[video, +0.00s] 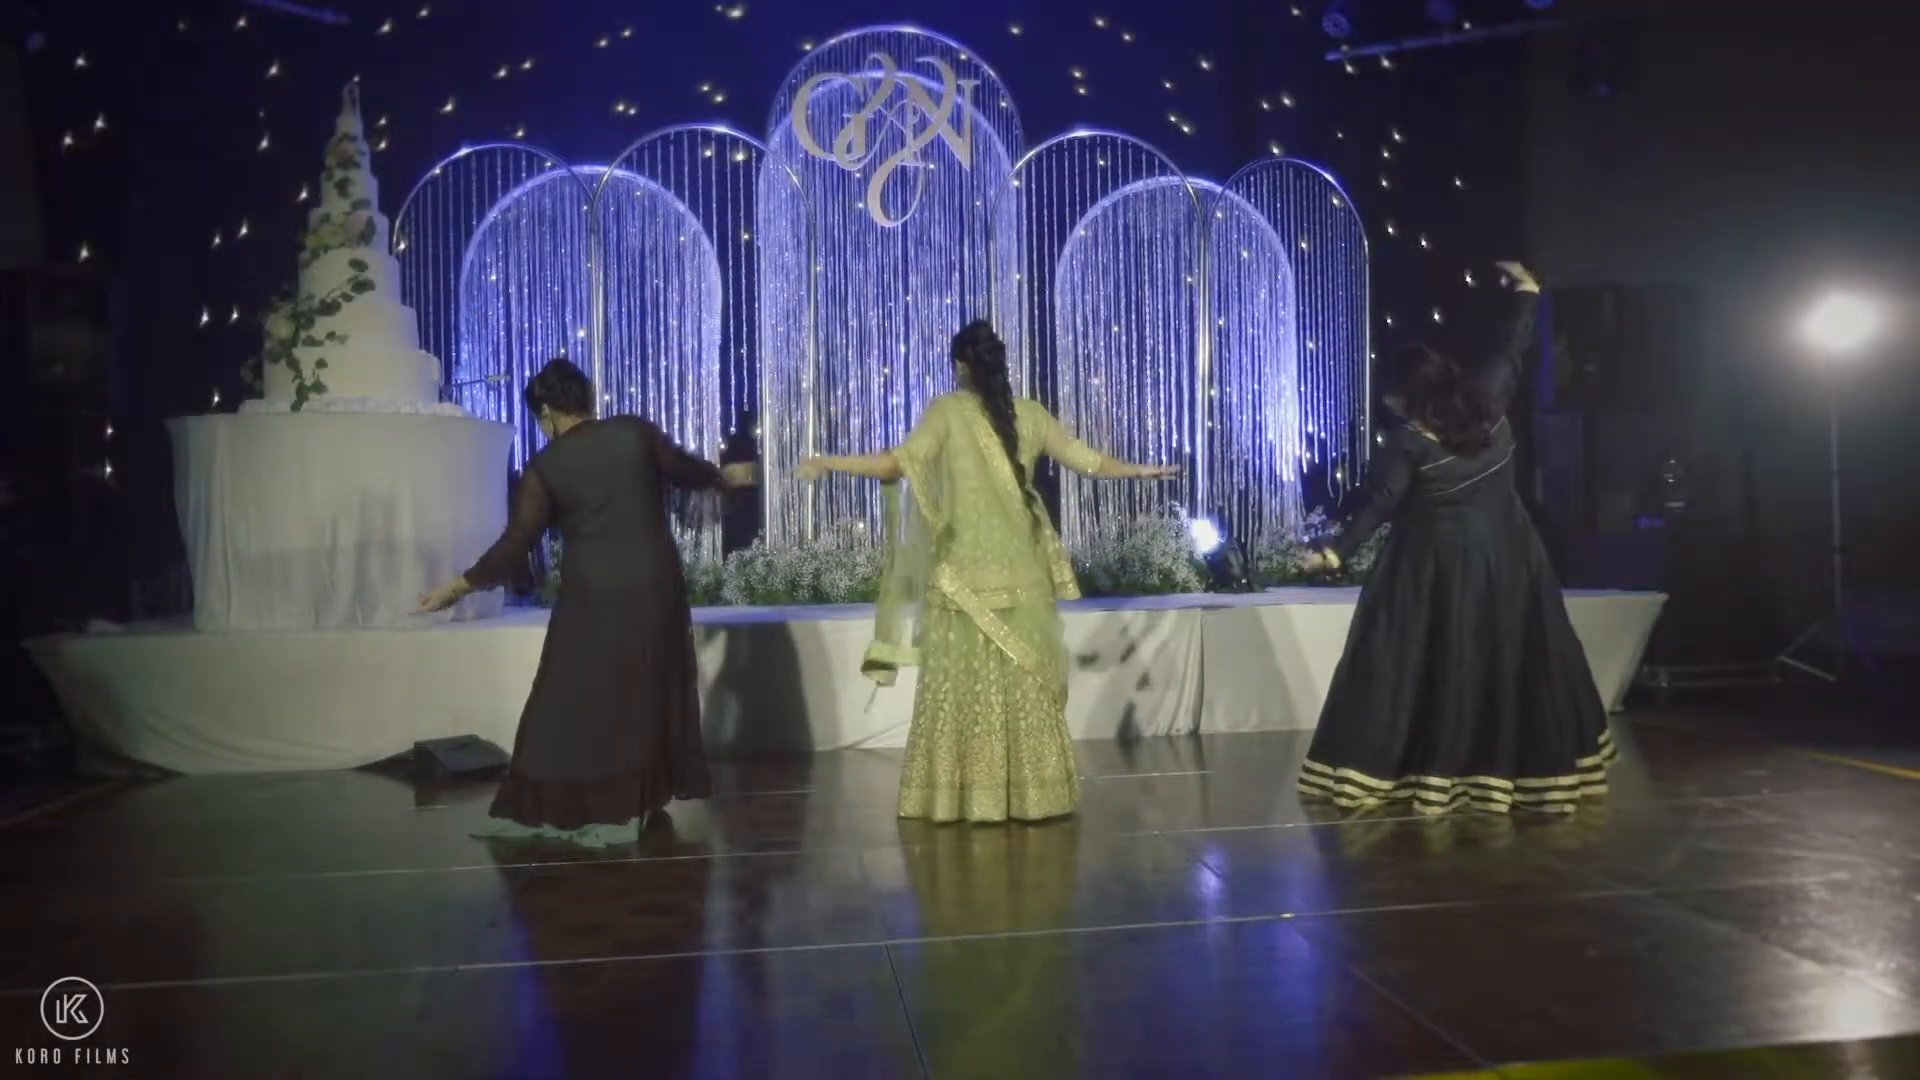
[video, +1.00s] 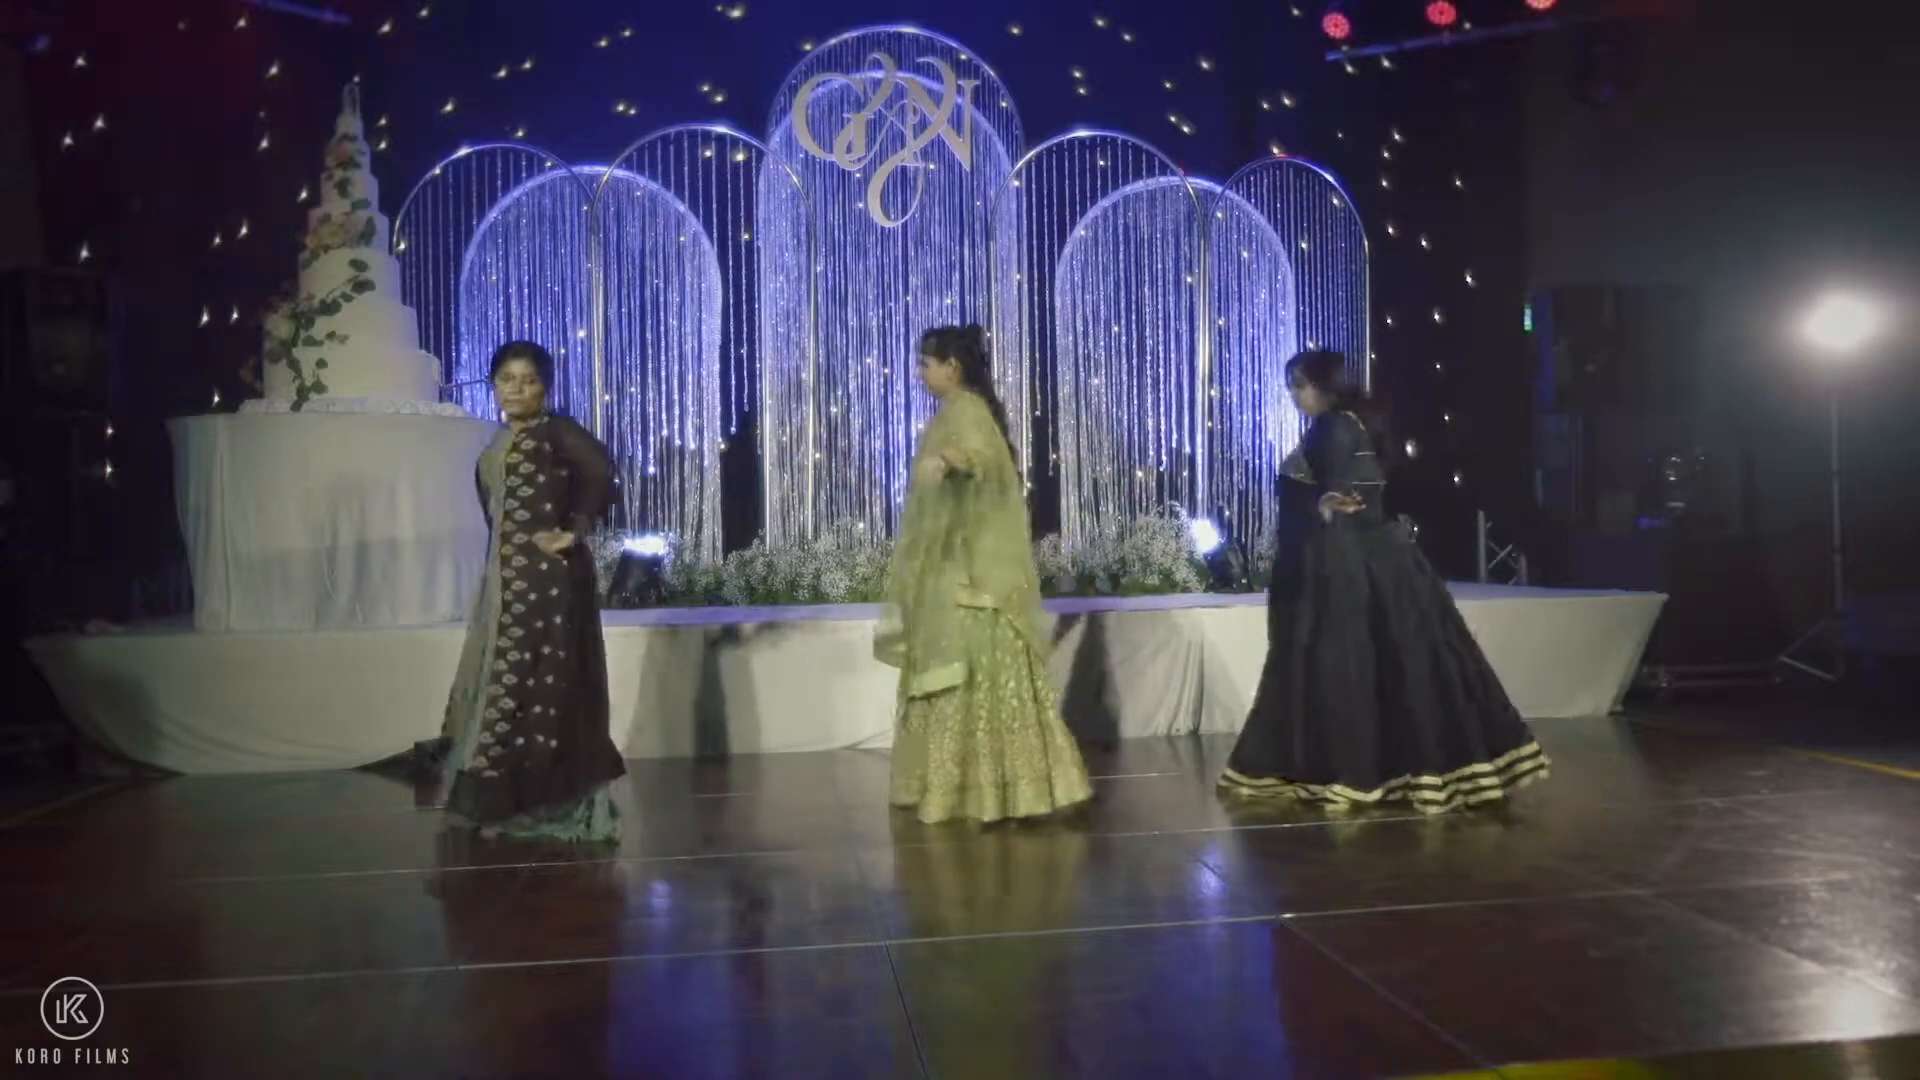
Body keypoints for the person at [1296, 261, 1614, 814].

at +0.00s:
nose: (1389, 409)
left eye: (1390, 401)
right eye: (1387, 400)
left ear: (1407, 397)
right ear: (1446, 380)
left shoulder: (1406, 444)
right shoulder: (1488, 402)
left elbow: (1382, 502)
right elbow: (1514, 348)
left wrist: (1337, 550)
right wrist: (1529, 292)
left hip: (1437, 556)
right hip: (1504, 547)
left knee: (1430, 664)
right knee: (1505, 660)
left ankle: (1431, 781)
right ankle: (1508, 778)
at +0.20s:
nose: (1386, 401)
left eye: (1388, 392)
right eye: (1386, 392)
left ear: (1405, 393)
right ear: (1443, 376)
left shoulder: (1403, 441)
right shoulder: (1486, 400)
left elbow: (1373, 496)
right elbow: (1514, 348)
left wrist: (1328, 544)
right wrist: (1531, 291)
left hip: (1431, 555)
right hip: (1499, 546)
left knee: (1425, 664)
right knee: (1501, 661)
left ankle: (1426, 782)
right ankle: (1501, 780)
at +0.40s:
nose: (1380, 398)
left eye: (1382, 389)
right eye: (1382, 389)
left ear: (1395, 389)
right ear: (1442, 370)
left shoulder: (1398, 433)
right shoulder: (1482, 403)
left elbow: (1367, 494)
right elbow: (1525, 359)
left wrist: (1311, 536)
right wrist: (1532, 313)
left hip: (1424, 555)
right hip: (1491, 549)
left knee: (1422, 664)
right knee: (1493, 660)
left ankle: (1425, 783)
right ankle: (1500, 779)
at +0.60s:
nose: (1365, 398)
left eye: (1366, 388)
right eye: (1364, 388)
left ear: (1382, 386)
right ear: (1420, 374)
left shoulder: (1383, 430)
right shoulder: (1463, 411)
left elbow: (1357, 491)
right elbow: (1517, 412)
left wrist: (1324, 545)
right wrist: (1578, 409)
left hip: (1407, 555)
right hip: (1470, 547)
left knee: (1409, 663)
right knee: (1477, 659)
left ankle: (1414, 778)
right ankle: (1485, 777)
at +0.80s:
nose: (1336, 397)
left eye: (1339, 388)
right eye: (1335, 388)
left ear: (1362, 386)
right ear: (1386, 383)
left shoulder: (1369, 424)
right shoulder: (1424, 420)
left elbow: (1352, 468)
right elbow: (1458, 428)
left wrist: (1331, 497)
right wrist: (1496, 422)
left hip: (1386, 549)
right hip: (1438, 545)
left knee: (1379, 660)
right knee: (1445, 658)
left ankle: (1376, 774)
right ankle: (1453, 772)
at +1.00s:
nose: (1294, 398)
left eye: (1298, 387)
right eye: (1292, 388)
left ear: (1319, 386)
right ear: (1331, 385)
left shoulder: (1332, 428)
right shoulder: (1353, 426)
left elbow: (1327, 487)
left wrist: (1317, 499)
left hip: (1340, 566)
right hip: (1366, 560)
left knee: (1335, 669)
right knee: (1364, 667)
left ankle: (1346, 772)